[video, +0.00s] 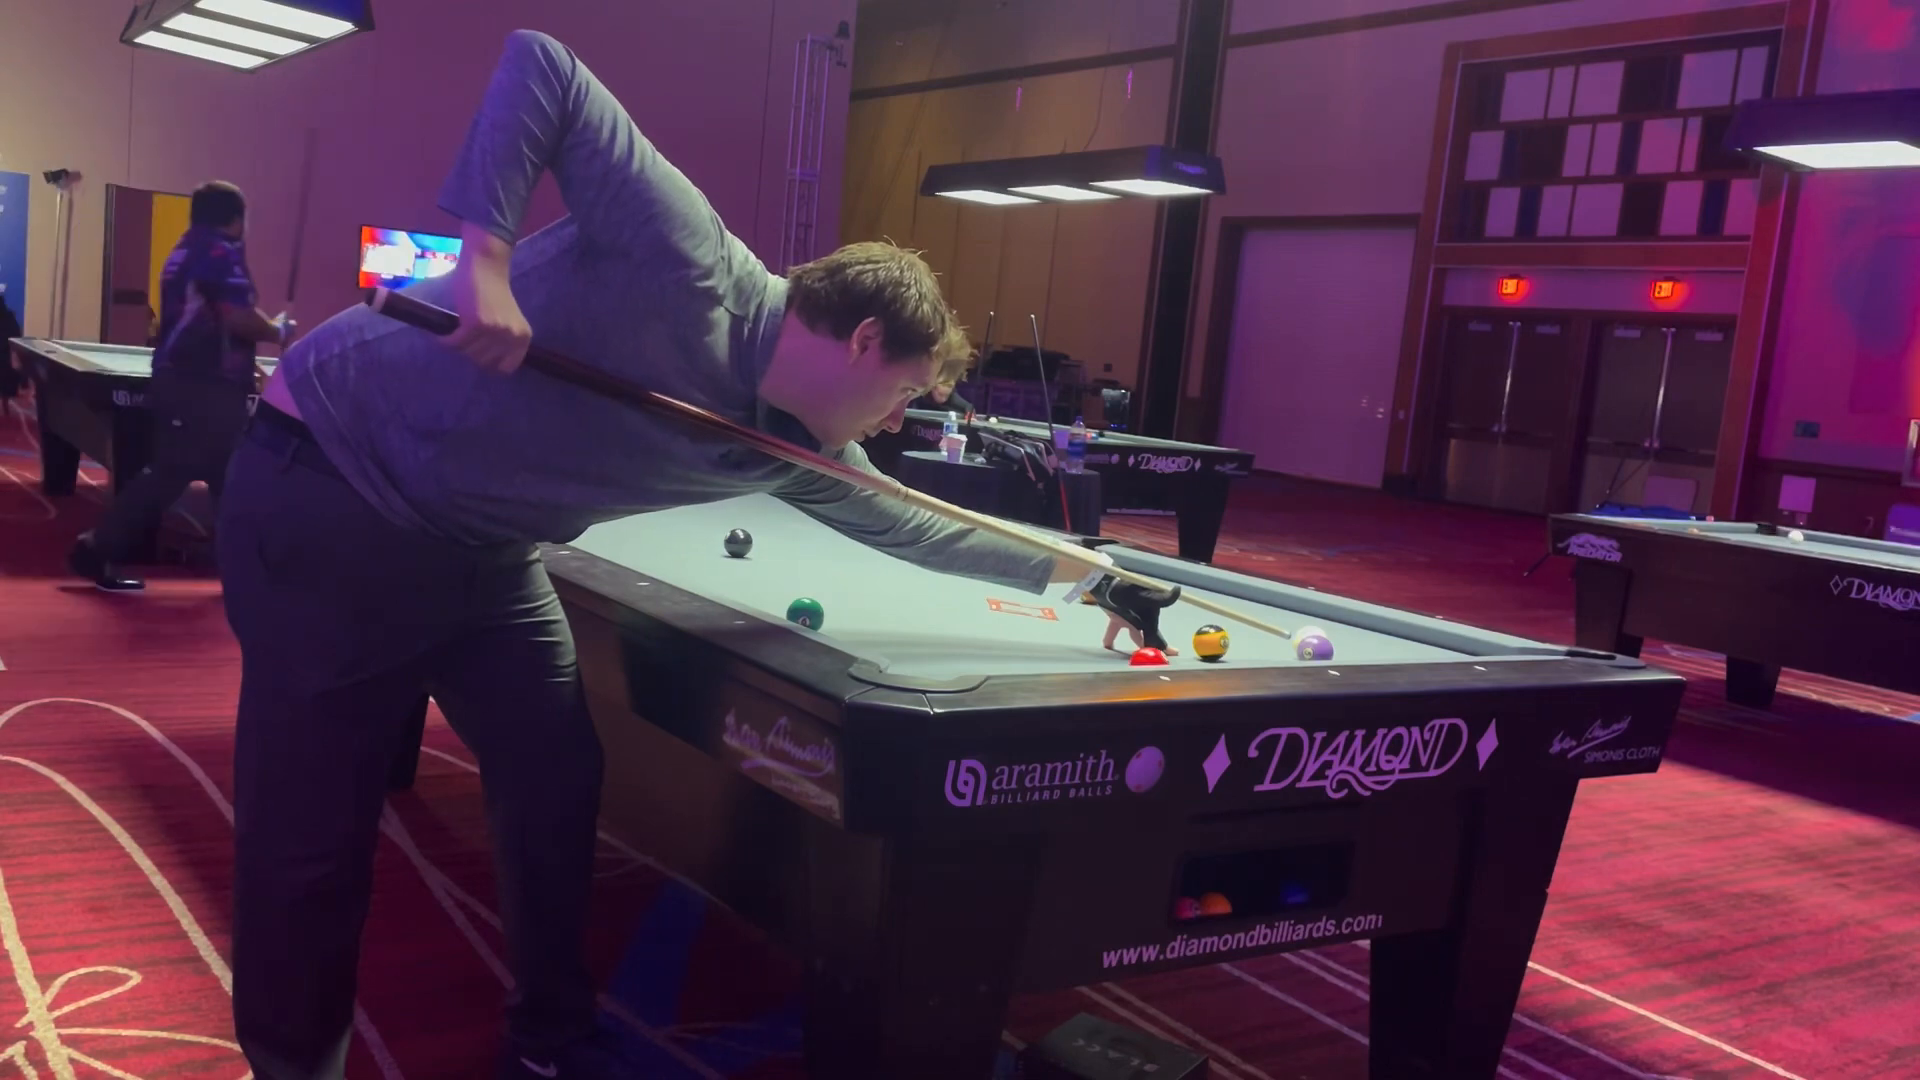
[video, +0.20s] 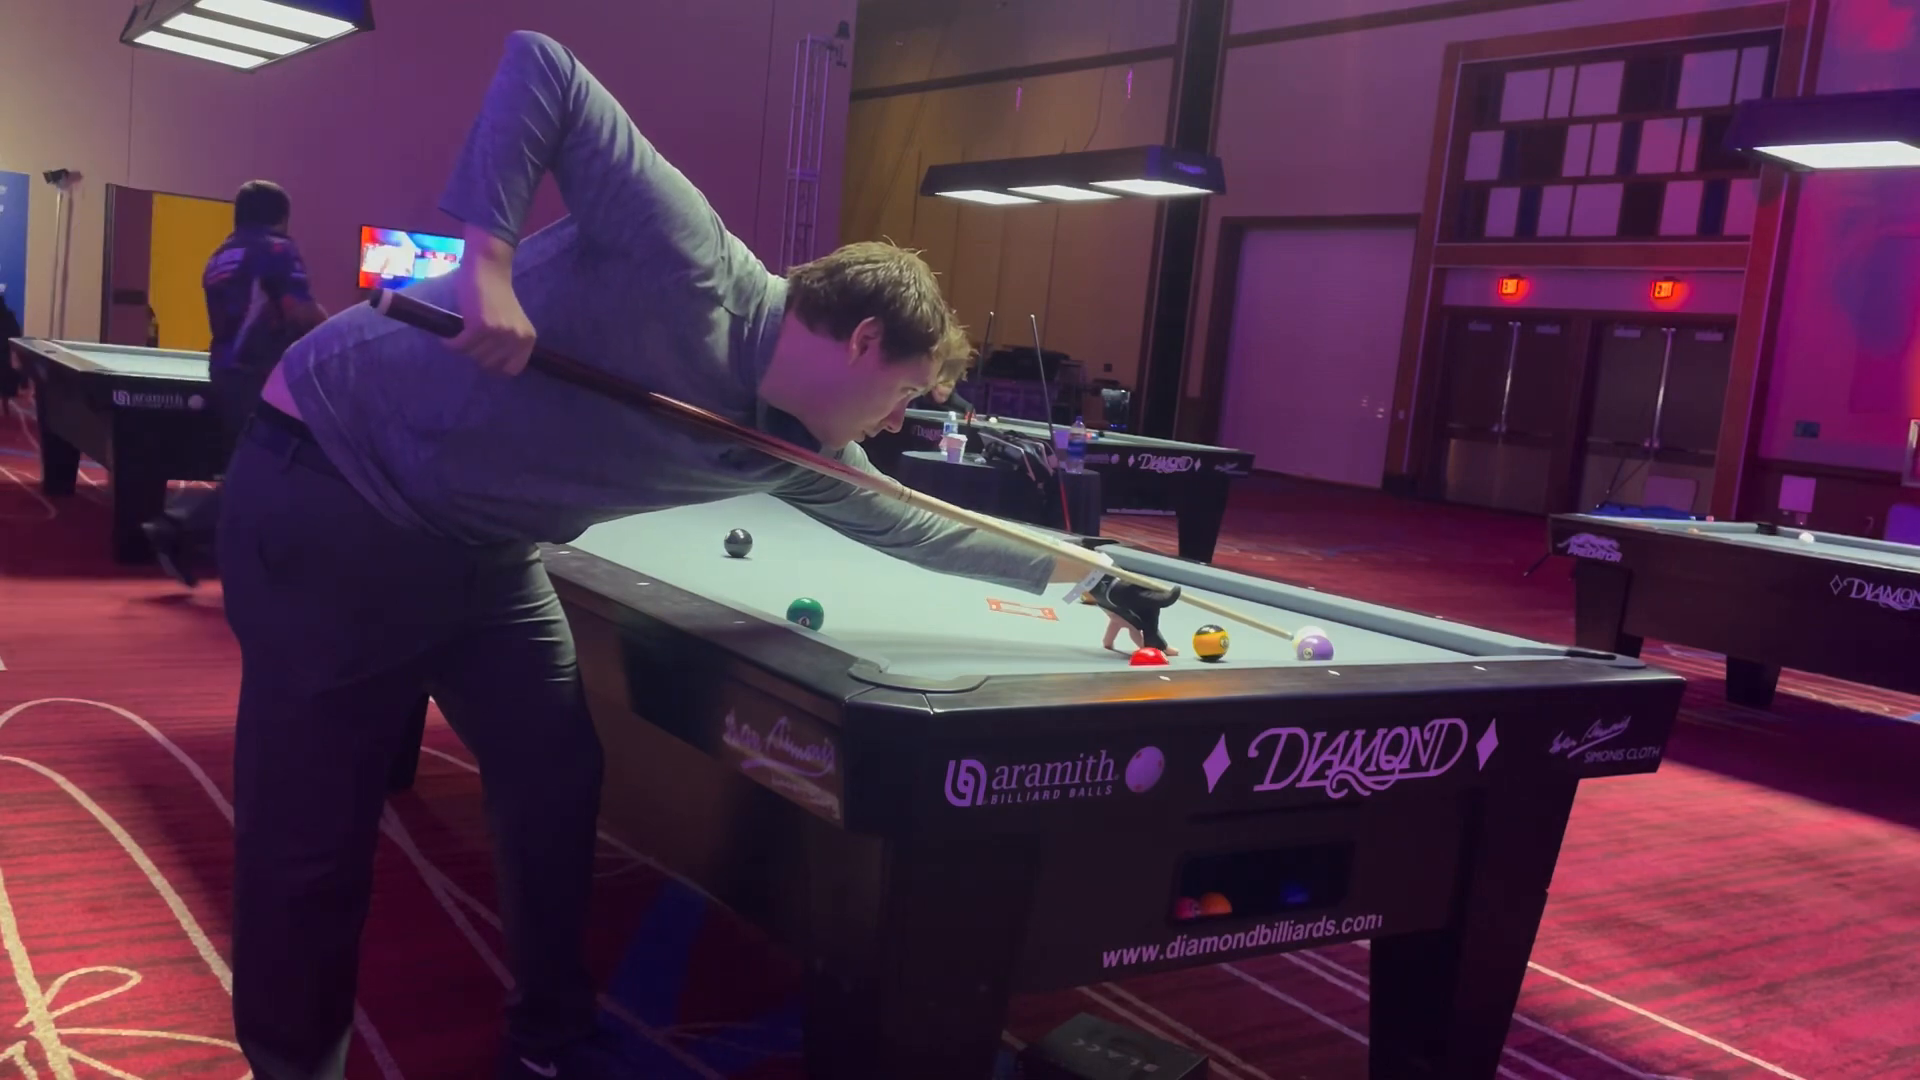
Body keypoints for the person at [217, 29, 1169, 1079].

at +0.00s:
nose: (893, 428)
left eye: (910, 410)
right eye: (903, 398)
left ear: (853, 350)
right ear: (856, 340)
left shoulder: (785, 441)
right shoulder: (684, 251)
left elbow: (913, 527)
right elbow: (542, 69)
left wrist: (1061, 563)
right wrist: (479, 252)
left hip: (483, 530)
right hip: (329, 473)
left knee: (553, 763)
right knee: (313, 819)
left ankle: (548, 1032)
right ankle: (292, 1055)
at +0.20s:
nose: (891, 429)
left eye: (909, 410)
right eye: (903, 399)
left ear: (853, 349)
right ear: (858, 340)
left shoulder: (784, 439)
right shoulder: (683, 247)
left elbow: (911, 526)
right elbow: (540, 70)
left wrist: (1062, 563)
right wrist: (481, 254)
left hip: (484, 529)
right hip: (331, 473)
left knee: (553, 767)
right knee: (312, 822)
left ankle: (548, 1034)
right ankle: (293, 1058)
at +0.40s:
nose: (891, 430)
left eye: (908, 412)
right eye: (902, 400)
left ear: (854, 350)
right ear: (858, 340)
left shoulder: (786, 440)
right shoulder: (684, 249)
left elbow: (911, 527)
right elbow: (541, 69)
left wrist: (1064, 564)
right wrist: (481, 254)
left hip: (485, 529)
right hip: (332, 473)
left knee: (553, 767)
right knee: (314, 820)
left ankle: (549, 1034)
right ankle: (293, 1058)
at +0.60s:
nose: (890, 430)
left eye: (908, 412)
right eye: (902, 400)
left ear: (854, 349)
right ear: (858, 340)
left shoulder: (784, 439)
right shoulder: (685, 249)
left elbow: (911, 526)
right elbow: (540, 69)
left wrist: (1064, 564)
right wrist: (482, 257)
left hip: (485, 531)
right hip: (332, 474)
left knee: (552, 765)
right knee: (313, 818)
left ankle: (548, 1032)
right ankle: (294, 1057)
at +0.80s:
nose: (892, 431)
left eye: (909, 412)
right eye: (903, 401)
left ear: (853, 350)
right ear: (858, 341)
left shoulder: (784, 438)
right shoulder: (684, 249)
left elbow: (911, 526)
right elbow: (540, 72)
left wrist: (1062, 563)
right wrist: (477, 258)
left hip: (485, 533)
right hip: (332, 477)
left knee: (552, 770)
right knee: (310, 826)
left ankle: (547, 1035)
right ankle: (293, 1059)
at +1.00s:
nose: (891, 431)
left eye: (909, 411)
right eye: (903, 400)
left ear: (853, 347)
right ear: (860, 340)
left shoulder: (783, 437)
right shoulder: (682, 252)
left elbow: (911, 526)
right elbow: (536, 71)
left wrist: (1067, 563)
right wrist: (414, 229)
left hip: (485, 536)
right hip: (331, 478)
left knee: (553, 763)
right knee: (311, 826)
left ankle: (547, 1033)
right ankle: (294, 1056)